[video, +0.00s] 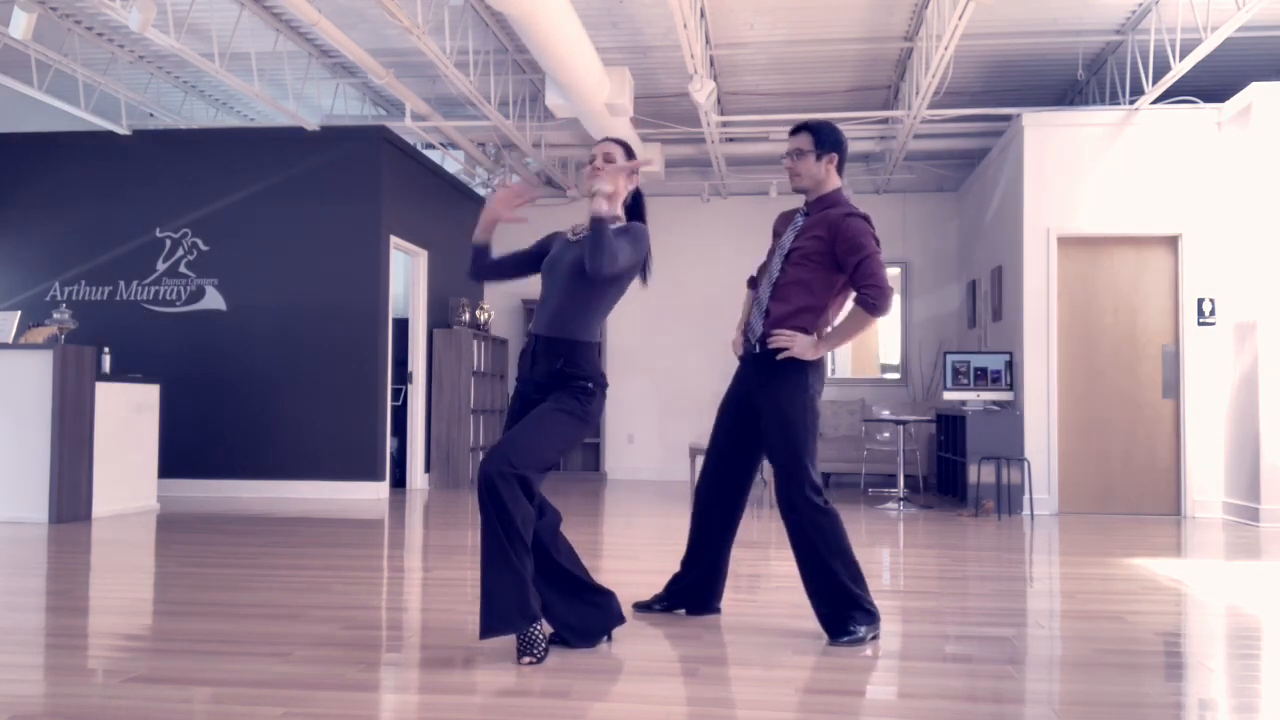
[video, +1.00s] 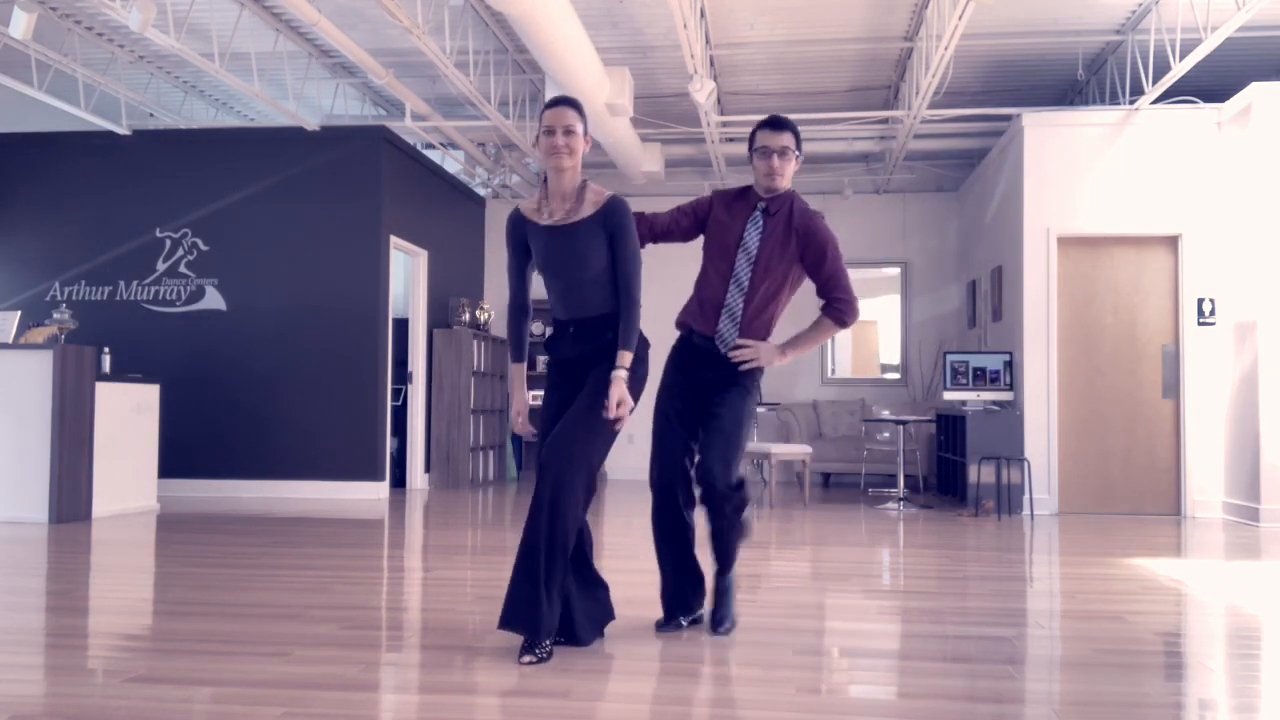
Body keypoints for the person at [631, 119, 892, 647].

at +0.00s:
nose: (787, 164)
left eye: (797, 156)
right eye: (787, 156)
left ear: (830, 162)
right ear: (800, 165)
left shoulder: (847, 221)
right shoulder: (791, 220)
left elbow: (876, 298)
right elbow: (761, 279)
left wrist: (821, 344)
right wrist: (744, 324)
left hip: (792, 368)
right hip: (753, 364)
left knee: (799, 493)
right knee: (719, 483)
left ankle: (854, 617)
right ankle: (695, 592)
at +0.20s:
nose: (791, 170)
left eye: (801, 161)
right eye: (791, 162)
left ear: (834, 165)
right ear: (811, 168)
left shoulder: (862, 224)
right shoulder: (794, 228)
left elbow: (899, 299)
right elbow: (752, 288)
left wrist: (844, 352)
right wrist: (739, 329)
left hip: (809, 372)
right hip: (763, 368)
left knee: (800, 504)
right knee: (729, 486)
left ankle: (856, 617)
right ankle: (696, 591)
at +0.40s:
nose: (793, 163)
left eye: (804, 154)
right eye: (792, 155)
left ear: (837, 159)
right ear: (807, 163)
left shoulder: (865, 218)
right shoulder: (791, 224)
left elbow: (906, 294)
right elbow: (740, 276)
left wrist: (848, 347)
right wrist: (690, 319)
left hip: (811, 370)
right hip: (764, 364)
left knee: (808, 493)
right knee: (706, 473)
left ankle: (857, 617)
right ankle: (699, 584)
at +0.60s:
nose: (797, 149)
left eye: (807, 141)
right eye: (789, 142)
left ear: (829, 152)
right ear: (780, 151)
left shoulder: (838, 208)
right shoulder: (765, 212)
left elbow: (885, 279)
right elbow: (700, 250)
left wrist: (831, 336)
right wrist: (630, 271)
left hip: (794, 363)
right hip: (745, 360)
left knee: (815, 490)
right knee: (694, 487)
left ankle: (856, 618)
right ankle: (688, 602)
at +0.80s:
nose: (785, 145)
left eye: (796, 137)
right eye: (776, 135)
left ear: (810, 148)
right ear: (762, 142)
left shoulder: (813, 206)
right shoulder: (730, 191)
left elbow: (859, 284)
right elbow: (656, 216)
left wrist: (794, 316)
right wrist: (587, 231)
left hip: (762, 356)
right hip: (709, 351)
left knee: (783, 473)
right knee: (684, 480)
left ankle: (833, 592)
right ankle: (691, 604)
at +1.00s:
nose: (772, 162)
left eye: (783, 154)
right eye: (763, 152)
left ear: (798, 161)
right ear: (749, 157)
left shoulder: (808, 227)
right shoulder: (720, 206)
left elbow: (844, 309)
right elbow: (651, 226)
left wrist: (781, 351)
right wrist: (595, 211)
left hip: (740, 365)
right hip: (689, 353)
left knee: (718, 477)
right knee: (667, 479)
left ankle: (724, 580)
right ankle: (682, 599)